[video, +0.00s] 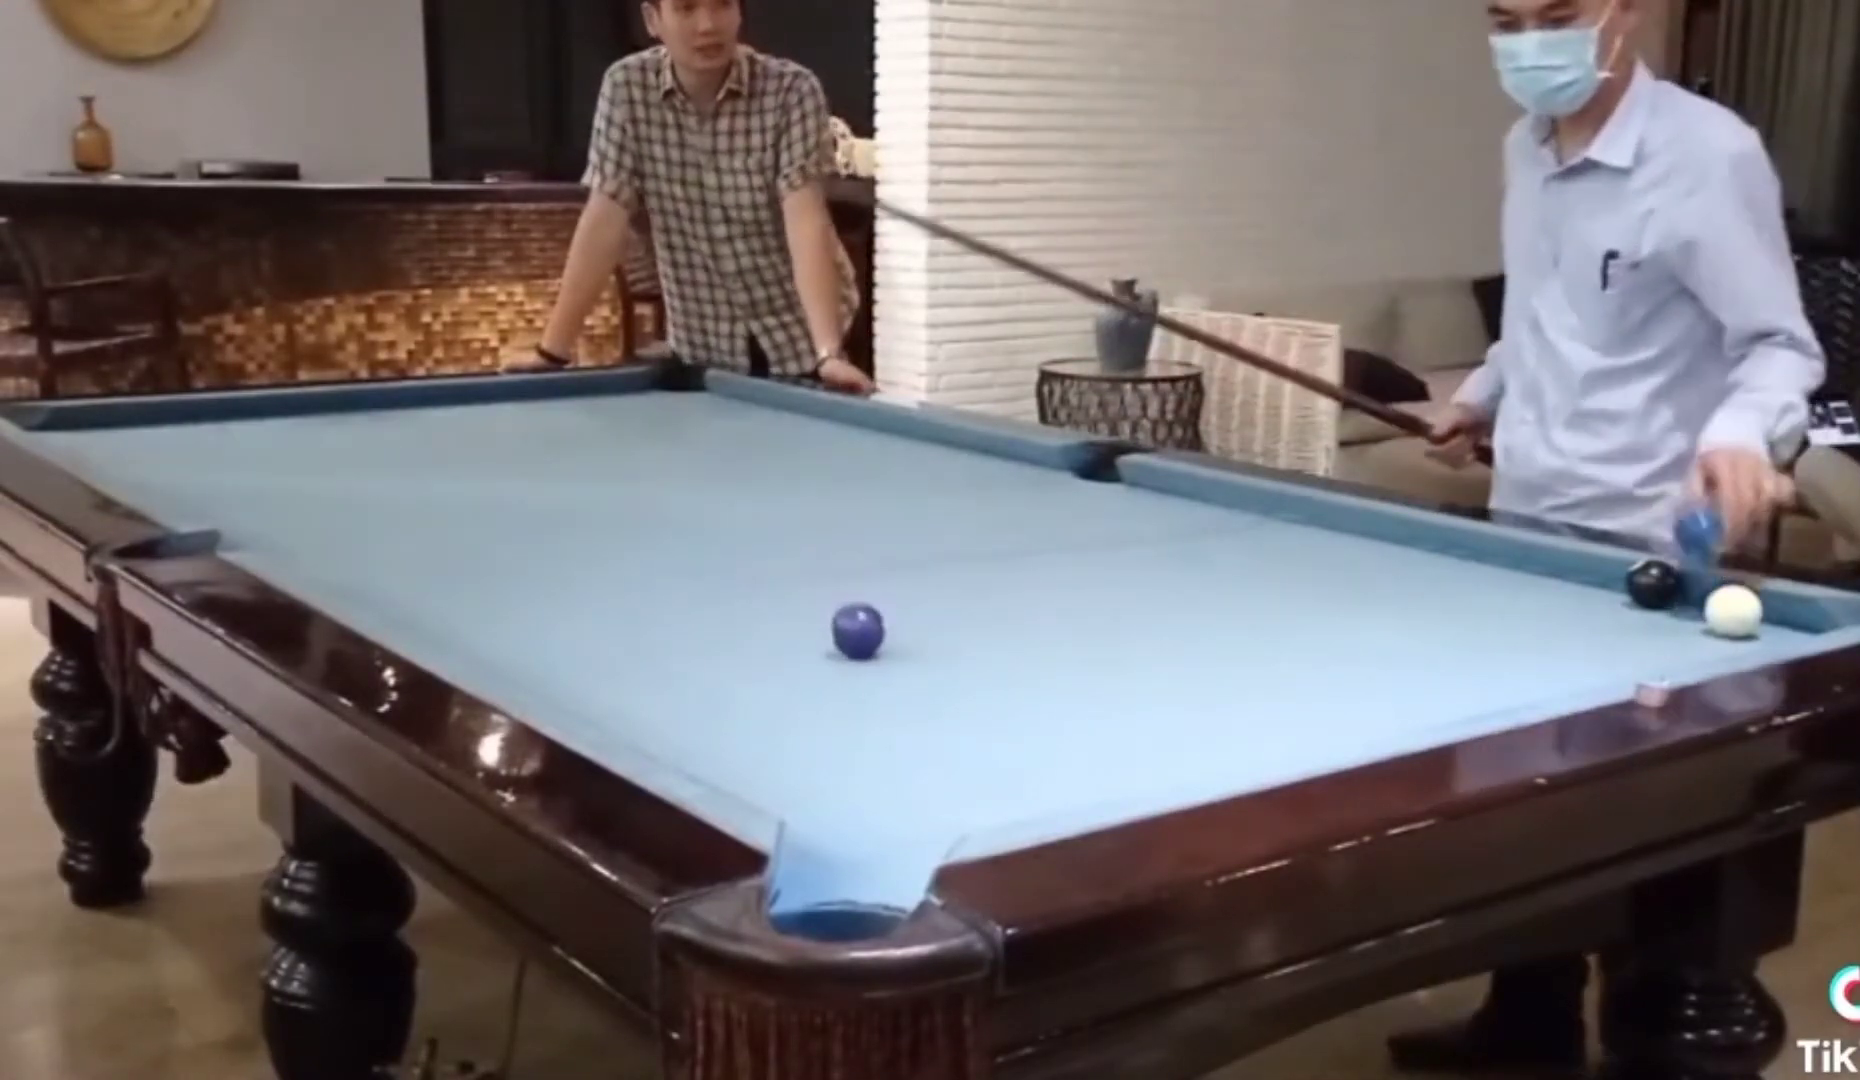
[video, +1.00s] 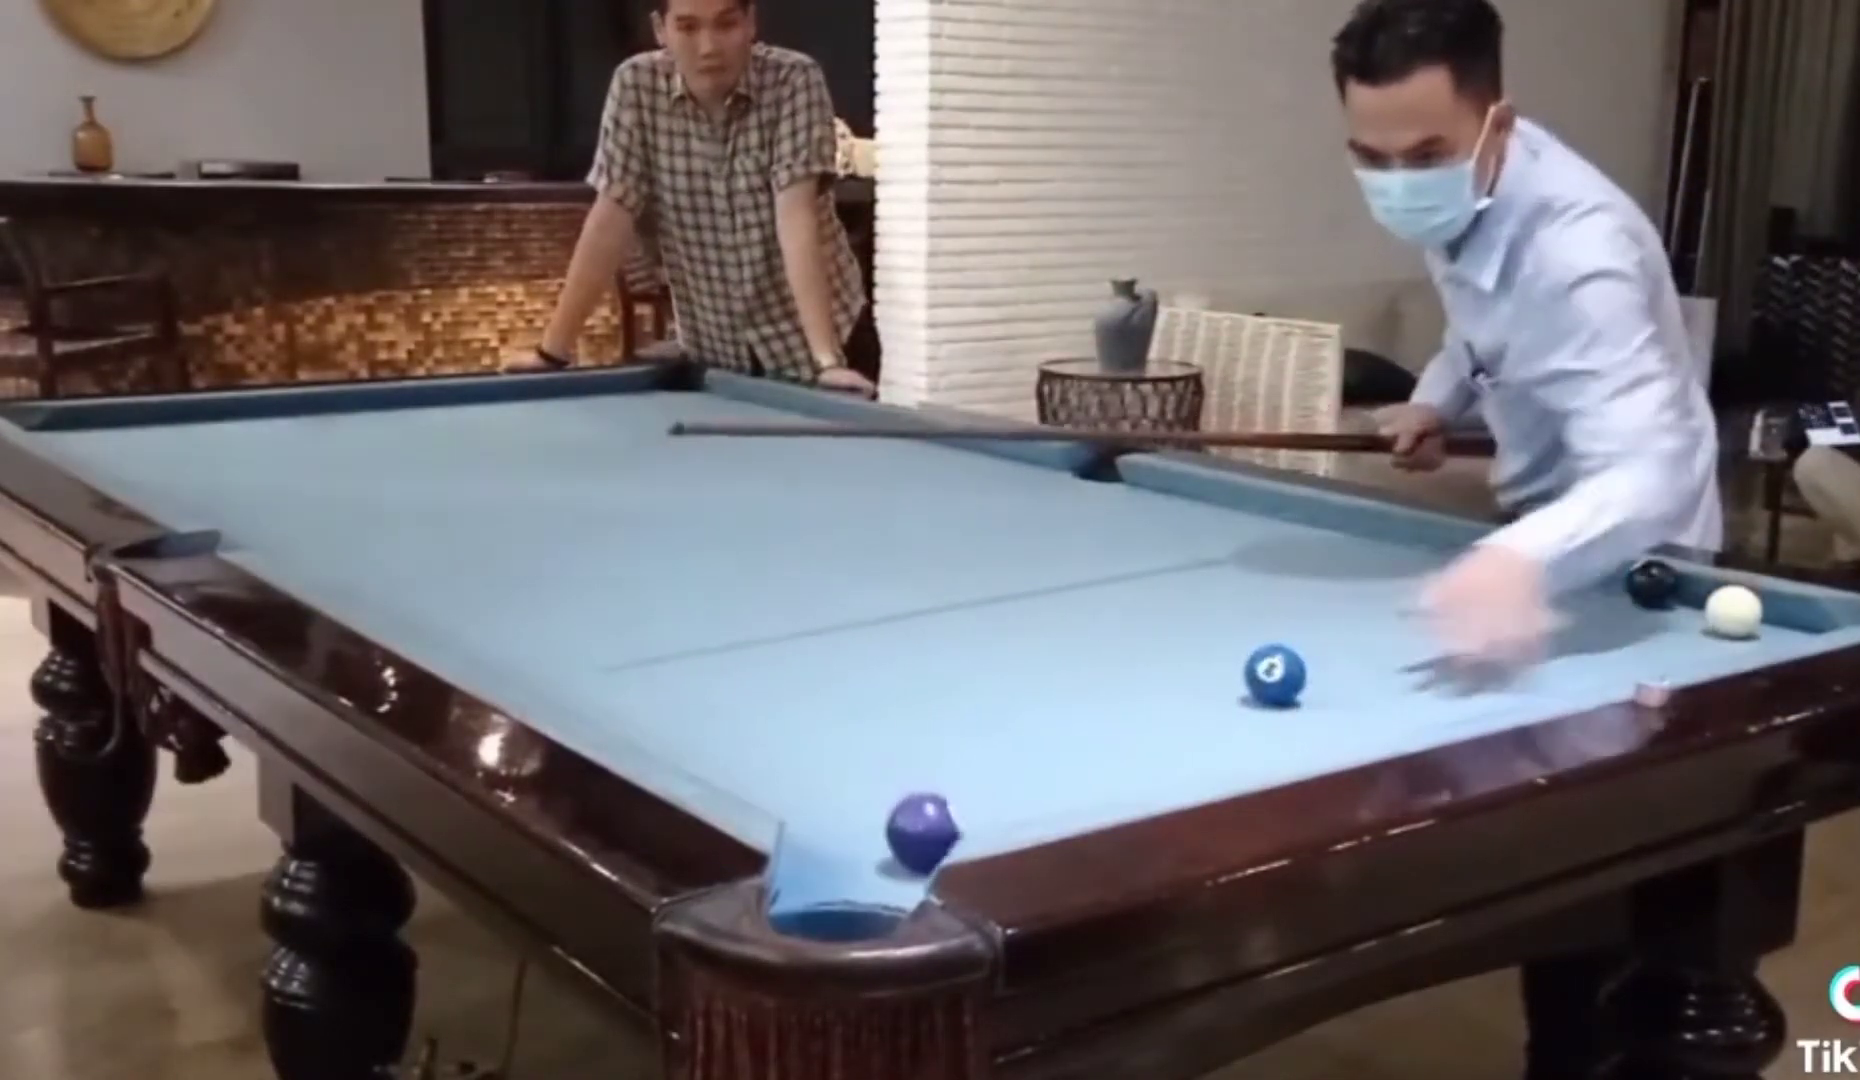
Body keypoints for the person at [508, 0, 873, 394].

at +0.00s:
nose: (707, 24)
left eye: (720, 5)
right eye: (686, 8)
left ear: (741, 12)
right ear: (653, 19)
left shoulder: (790, 90)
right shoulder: (627, 87)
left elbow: (806, 215)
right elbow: (605, 216)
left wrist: (829, 352)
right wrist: (552, 352)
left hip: (799, 338)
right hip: (700, 340)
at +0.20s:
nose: (709, 31)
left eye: (724, 12)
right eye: (688, 15)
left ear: (745, 16)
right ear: (656, 23)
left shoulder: (794, 88)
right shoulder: (635, 88)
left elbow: (805, 229)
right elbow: (611, 217)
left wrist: (829, 358)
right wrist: (553, 352)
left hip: (804, 340)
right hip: (705, 340)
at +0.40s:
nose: (711, 38)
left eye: (729, 17)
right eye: (692, 20)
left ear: (752, 20)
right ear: (662, 25)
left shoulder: (796, 83)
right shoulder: (640, 88)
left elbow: (801, 216)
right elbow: (615, 215)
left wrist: (829, 358)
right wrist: (551, 352)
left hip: (813, 344)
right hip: (710, 347)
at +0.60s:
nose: (711, 43)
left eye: (728, 22)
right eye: (691, 25)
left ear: (754, 24)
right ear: (663, 28)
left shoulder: (794, 81)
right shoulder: (641, 87)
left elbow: (799, 218)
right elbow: (614, 216)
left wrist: (830, 360)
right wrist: (552, 352)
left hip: (815, 345)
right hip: (710, 346)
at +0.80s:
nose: (710, 45)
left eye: (728, 24)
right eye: (690, 26)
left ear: (754, 24)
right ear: (662, 29)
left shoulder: (794, 80)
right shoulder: (638, 86)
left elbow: (799, 219)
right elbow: (613, 215)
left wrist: (828, 360)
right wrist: (553, 351)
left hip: (818, 348)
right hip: (710, 350)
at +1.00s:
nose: (708, 46)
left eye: (726, 25)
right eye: (688, 27)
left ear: (752, 25)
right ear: (661, 30)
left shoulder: (793, 80)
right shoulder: (637, 85)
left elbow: (798, 216)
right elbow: (612, 215)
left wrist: (828, 360)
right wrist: (553, 351)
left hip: (818, 349)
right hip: (711, 350)